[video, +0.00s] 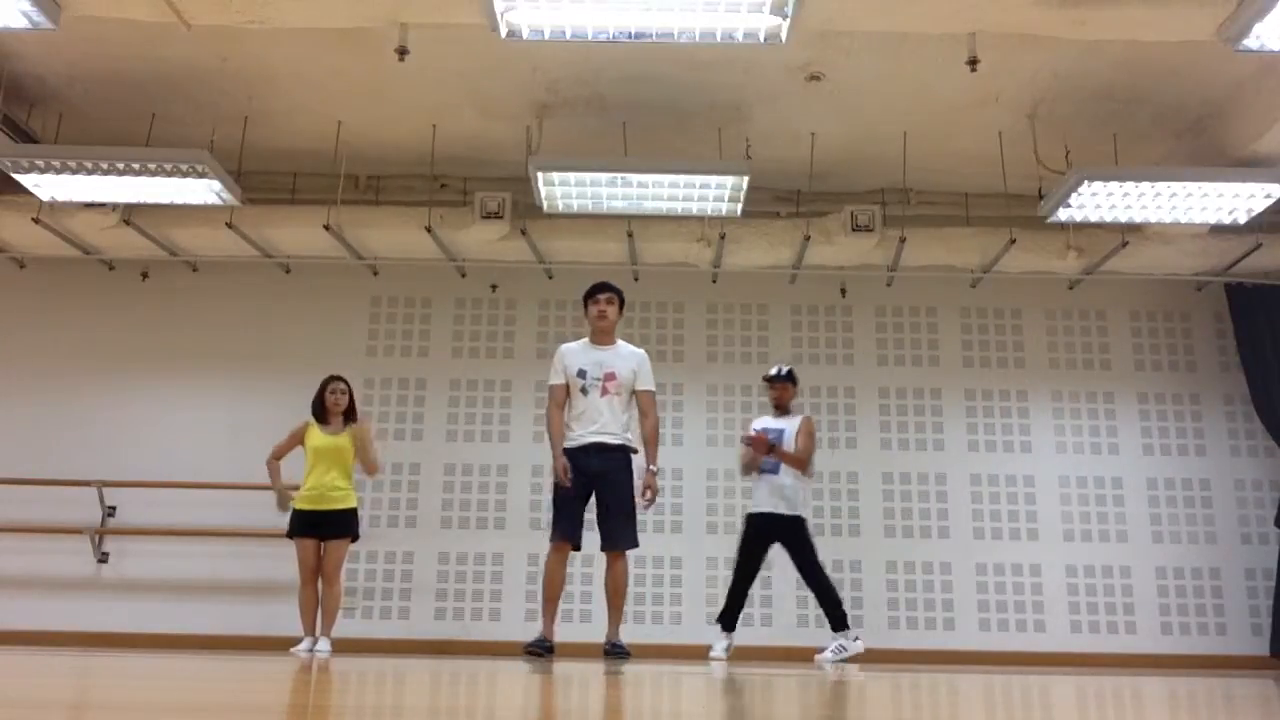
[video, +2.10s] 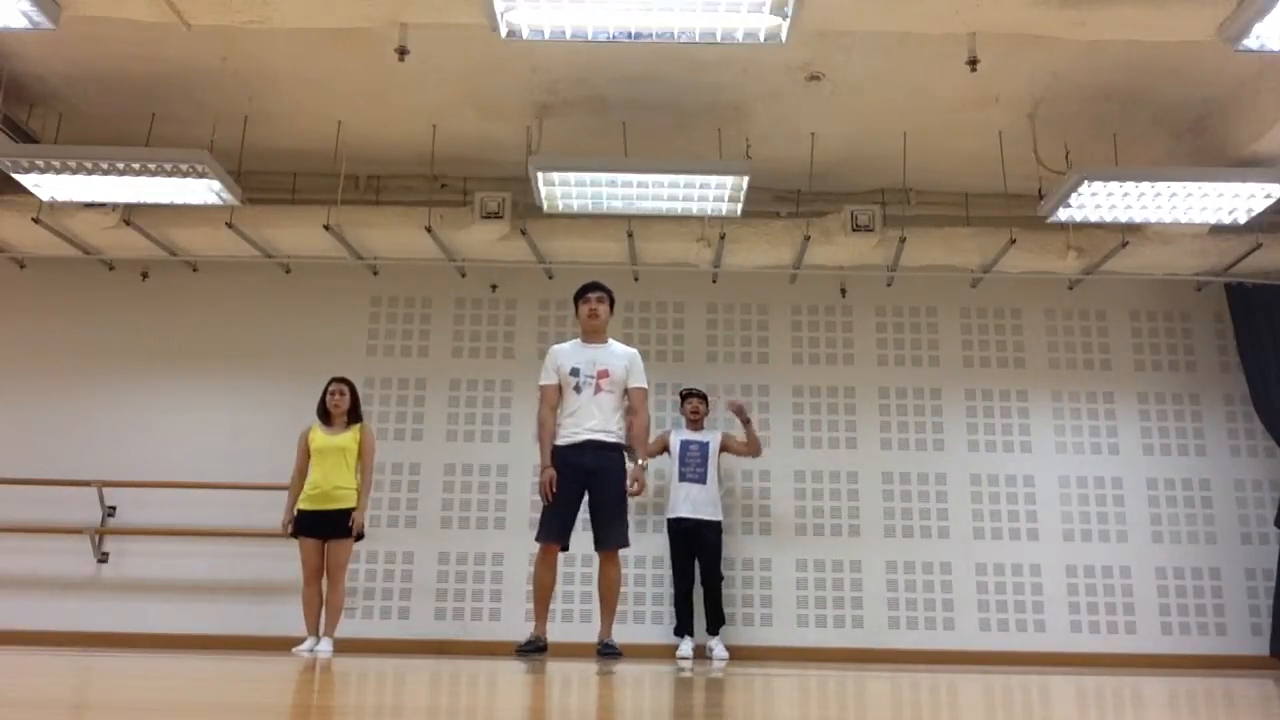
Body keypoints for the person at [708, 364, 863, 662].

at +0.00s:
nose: (775, 394)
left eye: (781, 388)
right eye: (771, 388)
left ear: (793, 391)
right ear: (767, 391)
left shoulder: (803, 423)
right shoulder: (760, 424)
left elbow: (803, 464)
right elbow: (746, 468)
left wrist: (771, 450)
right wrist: (755, 451)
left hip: (790, 515)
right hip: (760, 513)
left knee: (813, 576)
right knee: (742, 576)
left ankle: (845, 636)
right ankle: (724, 635)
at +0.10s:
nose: (760, 396)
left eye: (765, 390)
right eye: (755, 390)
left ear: (775, 394)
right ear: (749, 393)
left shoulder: (785, 426)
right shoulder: (738, 427)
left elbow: (787, 472)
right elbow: (721, 470)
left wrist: (771, 453)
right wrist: (729, 453)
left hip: (773, 515)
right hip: (741, 514)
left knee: (792, 574)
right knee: (732, 579)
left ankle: (828, 633)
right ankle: (725, 638)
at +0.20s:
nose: (748, 396)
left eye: (753, 390)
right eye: (743, 390)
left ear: (763, 394)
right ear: (735, 394)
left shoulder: (773, 425)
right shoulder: (724, 426)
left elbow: (776, 471)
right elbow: (712, 470)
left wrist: (772, 453)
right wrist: (713, 447)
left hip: (762, 511)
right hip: (731, 510)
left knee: (773, 571)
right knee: (727, 575)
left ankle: (796, 632)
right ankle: (724, 638)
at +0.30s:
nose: (738, 396)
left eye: (744, 390)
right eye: (733, 390)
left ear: (752, 394)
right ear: (726, 394)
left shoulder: (764, 425)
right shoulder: (716, 427)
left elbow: (768, 468)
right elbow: (708, 471)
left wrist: (764, 452)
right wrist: (710, 448)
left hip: (755, 508)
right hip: (723, 507)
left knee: (763, 570)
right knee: (722, 575)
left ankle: (759, 625)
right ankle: (722, 636)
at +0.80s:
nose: (726, 413)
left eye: (731, 407)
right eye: (722, 407)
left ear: (738, 410)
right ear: (713, 410)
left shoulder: (745, 438)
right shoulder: (702, 435)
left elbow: (771, 450)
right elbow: (671, 444)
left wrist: (754, 419)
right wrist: (693, 416)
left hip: (733, 517)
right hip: (705, 514)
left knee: (725, 576)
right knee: (710, 575)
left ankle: (715, 635)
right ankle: (713, 635)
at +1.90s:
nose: (698, 407)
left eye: (702, 404)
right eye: (693, 403)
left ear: (709, 409)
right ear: (684, 409)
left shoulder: (719, 437)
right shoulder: (674, 436)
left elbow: (756, 432)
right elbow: (636, 436)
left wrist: (731, 409)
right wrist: (651, 408)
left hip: (711, 516)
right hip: (681, 516)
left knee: (713, 578)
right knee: (684, 580)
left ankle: (714, 638)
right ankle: (685, 638)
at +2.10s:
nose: (694, 408)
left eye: (699, 404)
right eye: (689, 404)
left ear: (706, 409)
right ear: (682, 410)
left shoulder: (717, 438)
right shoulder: (671, 436)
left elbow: (754, 450)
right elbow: (642, 453)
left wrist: (745, 420)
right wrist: (631, 430)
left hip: (709, 518)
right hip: (679, 517)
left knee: (712, 579)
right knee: (683, 581)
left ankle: (714, 638)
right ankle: (685, 639)